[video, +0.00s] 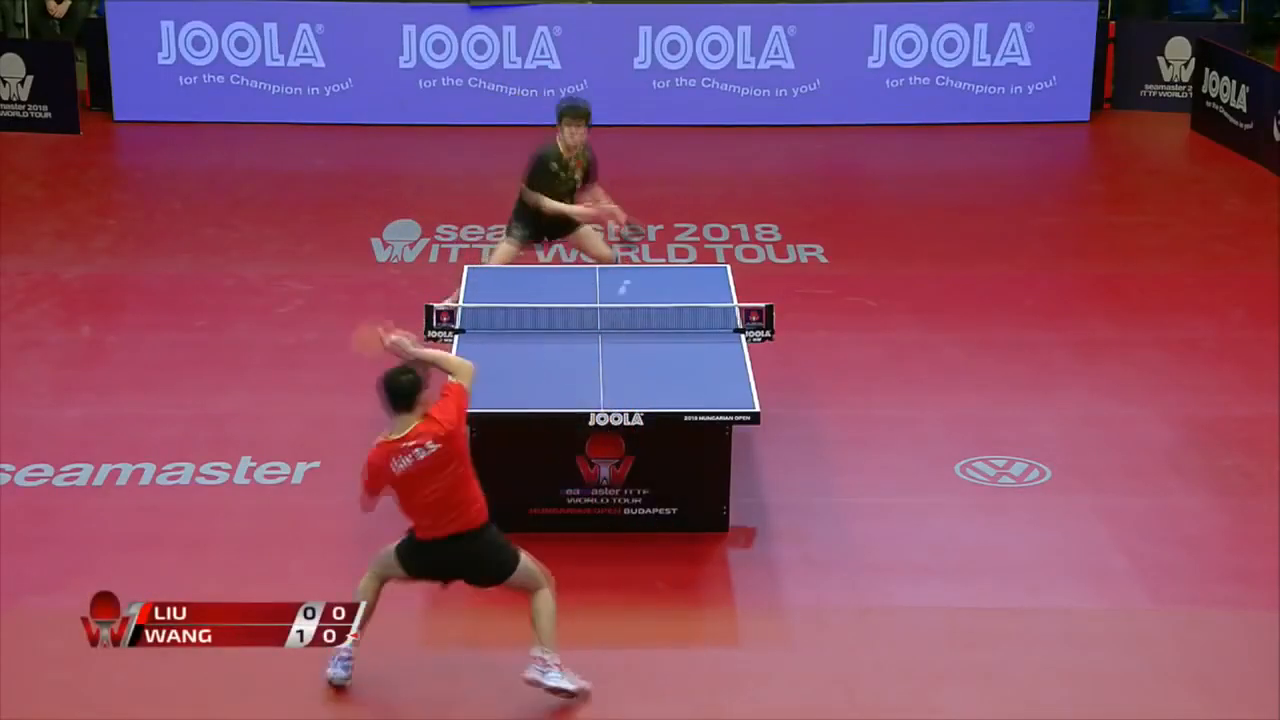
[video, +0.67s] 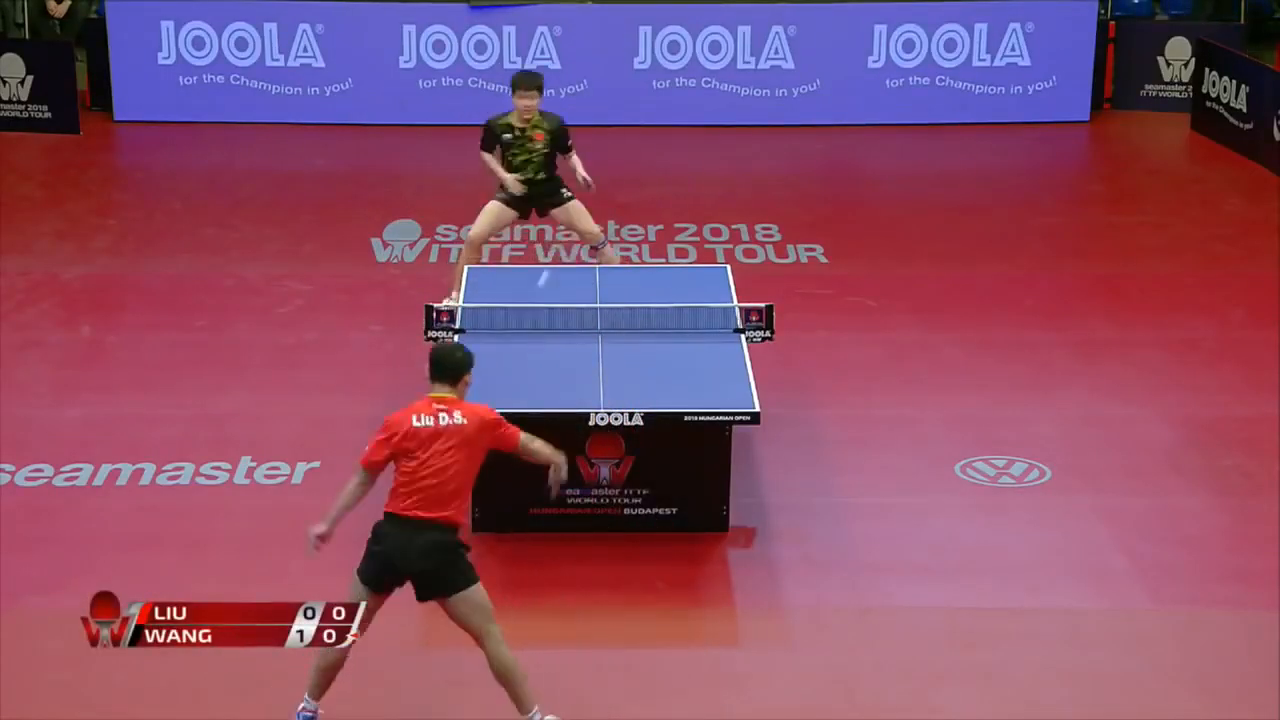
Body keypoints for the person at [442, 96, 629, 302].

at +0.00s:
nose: (576, 132)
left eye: (580, 126)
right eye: (570, 126)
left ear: (587, 129)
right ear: (559, 128)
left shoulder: (587, 158)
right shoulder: (545, 157)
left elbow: (589, 190)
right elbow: (531, 196)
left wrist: (613, 211)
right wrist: (574, 211)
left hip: (563, 219)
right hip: (529, 221)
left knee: (607, 257)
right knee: (494, 268)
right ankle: (453, 301)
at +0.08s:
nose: (578, 145)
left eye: (582, 139)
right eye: (573, 139)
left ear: (587, 141)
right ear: (560, 139)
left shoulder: (575, 163)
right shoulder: (547, 165)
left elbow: (568, 196)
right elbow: (542, 208)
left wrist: (591, 213)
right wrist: (590, 210)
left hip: (559, 223)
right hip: (527, 228)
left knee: (608, 255)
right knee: (494, 275)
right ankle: (452, 302)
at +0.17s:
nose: (565, 142)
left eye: (569, 136)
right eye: (560, 135)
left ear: (571, 137)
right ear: (541, 133)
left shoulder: (565, 159)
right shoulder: (520, 158)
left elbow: (576, 183)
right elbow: (507, 202)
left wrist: (615, 175)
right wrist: (530, 177)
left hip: (555, 227)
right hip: (521, 229)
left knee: (603, 259)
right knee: (494, 272)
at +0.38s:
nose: (503, 140)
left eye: (506, 133)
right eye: (497, 134)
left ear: (514, 135)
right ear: (489, 137)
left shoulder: (526, 154)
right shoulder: (487, 168)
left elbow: (523, 132)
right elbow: (488, 209)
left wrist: (486, 119)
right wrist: (480, 196)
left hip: (544, 229)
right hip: (509, 231)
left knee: (595, 262)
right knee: (461, 258)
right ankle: (454, 312)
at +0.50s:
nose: (496, 134)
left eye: (500, 128)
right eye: (490, 129)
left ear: (508, 127)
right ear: (483, 130)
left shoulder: (521, 147)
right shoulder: (485, 162)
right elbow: (493, 199)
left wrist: (516, 131)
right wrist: (473, 205)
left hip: (544, 220)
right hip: (510, 224)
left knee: (587, 264)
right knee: (463, 254)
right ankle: (455, 307)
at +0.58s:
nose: (502, 118)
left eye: (507, 112)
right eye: (496, 113)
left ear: (515, 113)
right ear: (489, 114)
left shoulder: (528, 135)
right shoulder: (486, 147)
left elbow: (570, 162)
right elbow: (495, 177)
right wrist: (482, 193)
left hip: (547, 208)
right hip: (511, 212)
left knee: (588, 248)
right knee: (470, 249)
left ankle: (594, 303)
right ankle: (455, 304)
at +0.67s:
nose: (527, 103)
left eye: (532, 98)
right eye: (522, 97)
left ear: (540, 98)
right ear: (513, 98)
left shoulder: (554, 124)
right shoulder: (497, 126)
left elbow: (568, 152)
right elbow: (486, 153)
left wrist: (580, 169)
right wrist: (505, 177)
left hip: (550, 190)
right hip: (514, 192)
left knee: (593, 234)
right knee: (474, 237)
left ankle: (620, 287)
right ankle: (457, 296)